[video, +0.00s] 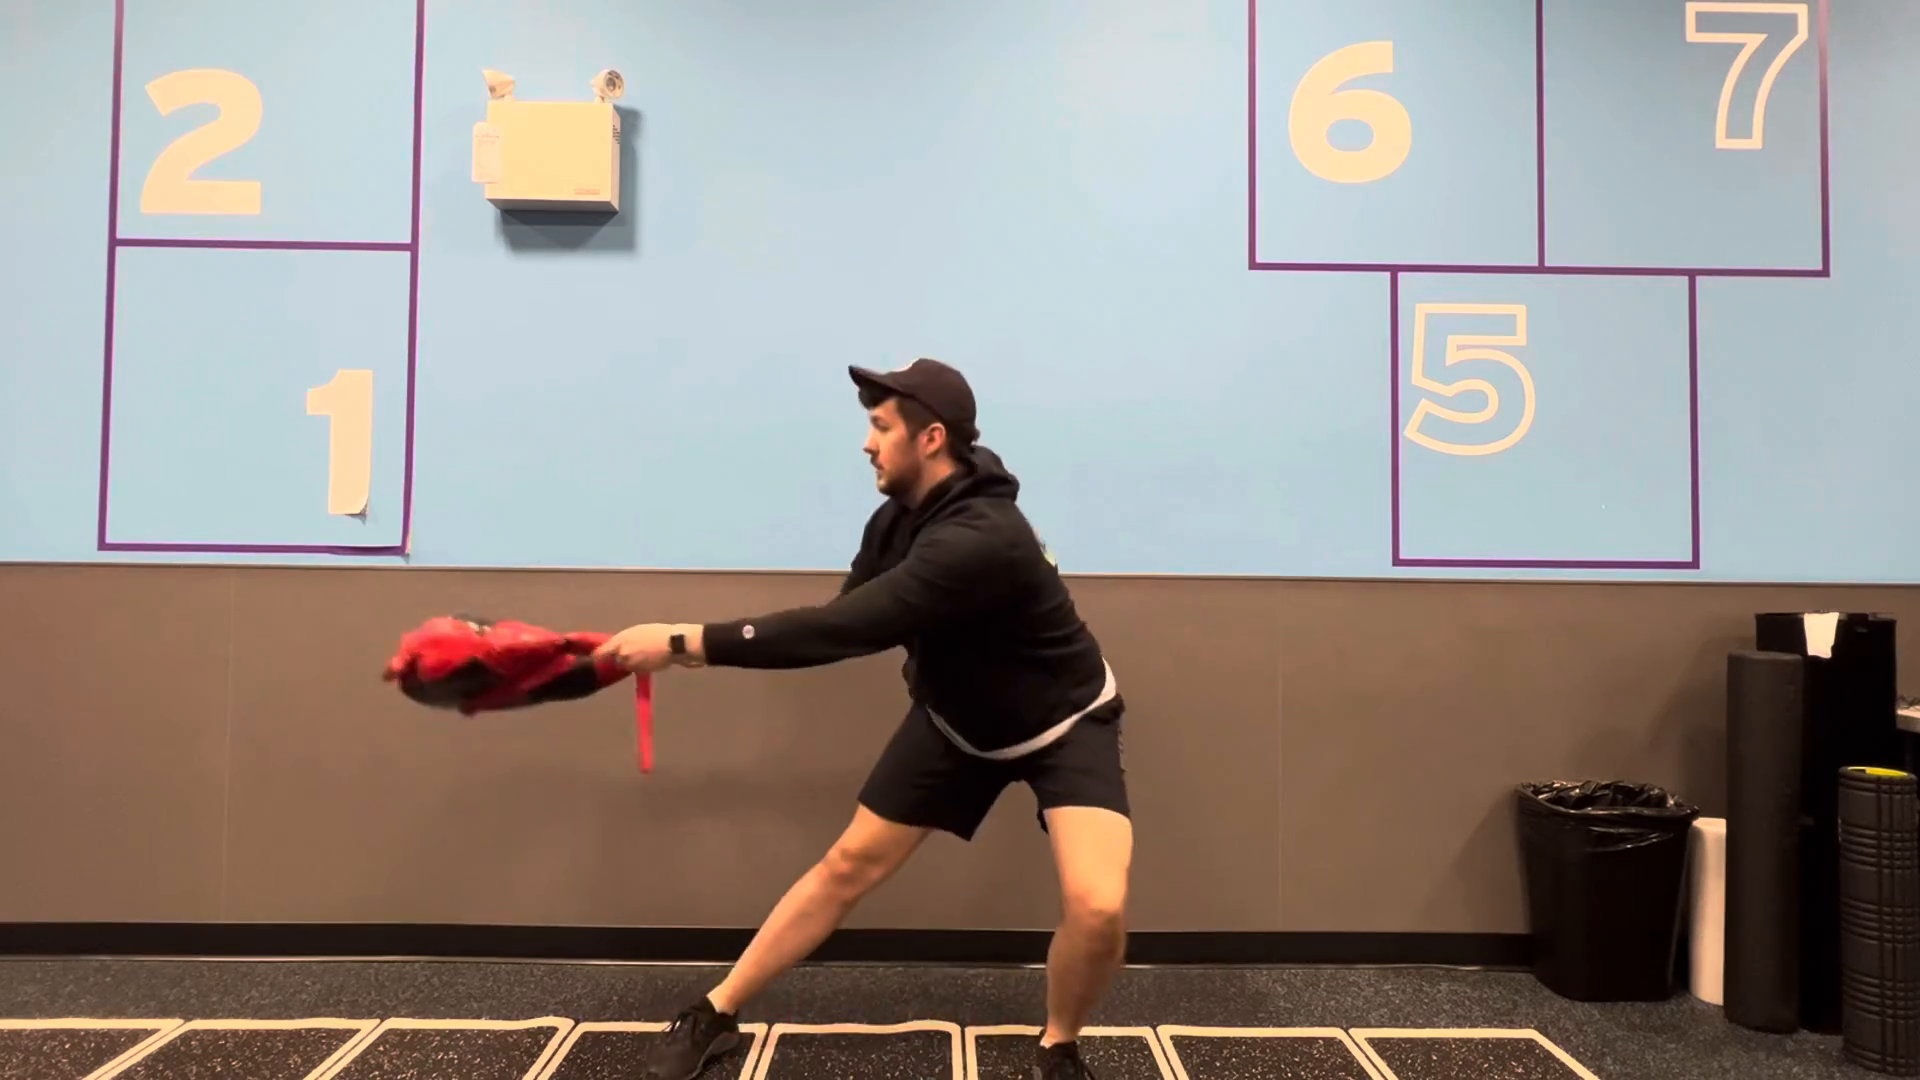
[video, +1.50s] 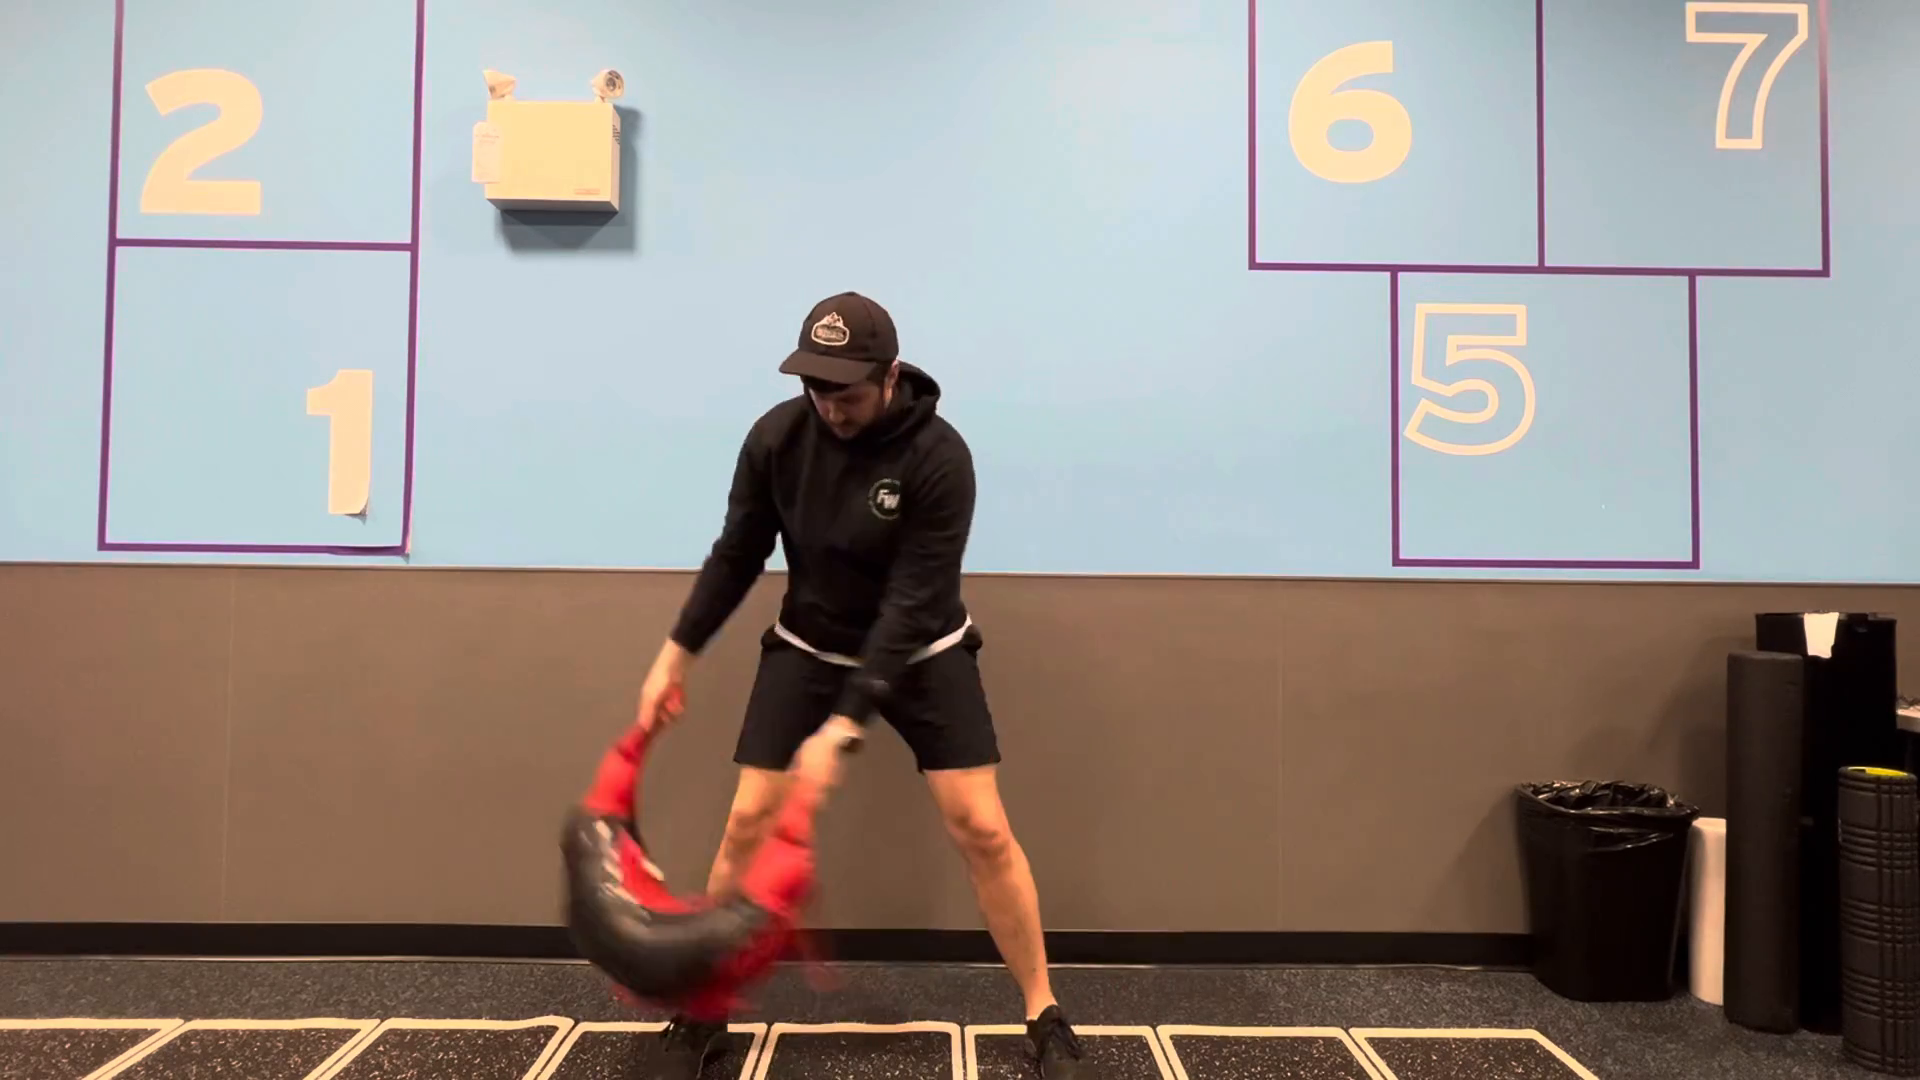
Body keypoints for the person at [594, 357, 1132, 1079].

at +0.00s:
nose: (868, 444)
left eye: (882, 428)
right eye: (870, 428)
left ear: (933, 438)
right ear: (925, 438)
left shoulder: (981, 534)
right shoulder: (895, 523)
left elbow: (849, 628)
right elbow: (841, 625)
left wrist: (684, 642)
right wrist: (704, 648)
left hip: (1066, 720)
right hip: (954, 718)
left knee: (1100, 907)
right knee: (847, 865)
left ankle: (1060, 1048)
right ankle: (714, 1012)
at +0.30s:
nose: (899, 372)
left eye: (917, 353)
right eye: (888, 354)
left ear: (959, 350)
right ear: (876, 355)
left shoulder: (1009, 453)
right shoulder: (854, 443)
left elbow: (977, 597)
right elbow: (813, 555)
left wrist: (900, 706)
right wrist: (747, 648)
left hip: (996, 664)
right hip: (879, 660)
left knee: (1041, 844)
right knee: (799, 832)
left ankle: (1056, 1042)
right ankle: (717, 1009)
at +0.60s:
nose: (872, 384)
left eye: (885, 365)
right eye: (854, 367)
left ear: (901, 354)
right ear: (813, 359)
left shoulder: (929, 425)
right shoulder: (772, 448)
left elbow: (1000, 520)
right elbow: (813, 588)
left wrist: (1084, 608)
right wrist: (924, 673)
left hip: (910, 647)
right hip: (798, 653)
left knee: (971, 816)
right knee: (750, 832)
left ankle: (1047, 1007)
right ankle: (712, 1009)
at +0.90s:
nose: (912, 400)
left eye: (925, 383)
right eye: (895, 384)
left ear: (939, 373)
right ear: (853, 373)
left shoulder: (962, 435)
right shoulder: (811, 456)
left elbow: (1023, 520)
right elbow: (883, 579)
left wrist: (1118, 585)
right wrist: (1023, 626)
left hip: (934, 653)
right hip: (821, 660)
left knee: (993, 821)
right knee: (757, 834)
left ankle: (1046, 1015)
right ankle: (697, 1005)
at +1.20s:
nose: (854, 422)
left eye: (871, 406)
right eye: (840, 404)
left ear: (904, 394)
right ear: (817, 390)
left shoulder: (944, 450)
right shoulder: (782, 471)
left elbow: (1004, 555)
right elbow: (820, 613)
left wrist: (1078, 652)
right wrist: (906, 715)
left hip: (919, 655)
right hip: (803, 657)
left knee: (981, 819)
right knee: (745, 828)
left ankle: (1046, 1018)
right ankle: (702, 1014)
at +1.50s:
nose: (827, 404)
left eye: (845, 388)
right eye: (816, 386)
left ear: (890, 378)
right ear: (803, 375)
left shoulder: (938, 459)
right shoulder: (776, 440)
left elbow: (910, 607)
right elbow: (737, 553)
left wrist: (839, 729)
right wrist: (674, 656)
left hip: (924, 651)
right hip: (810, 647)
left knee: (983, 829)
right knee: (749, 818)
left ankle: (1042, 1012)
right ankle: (704, 1010)